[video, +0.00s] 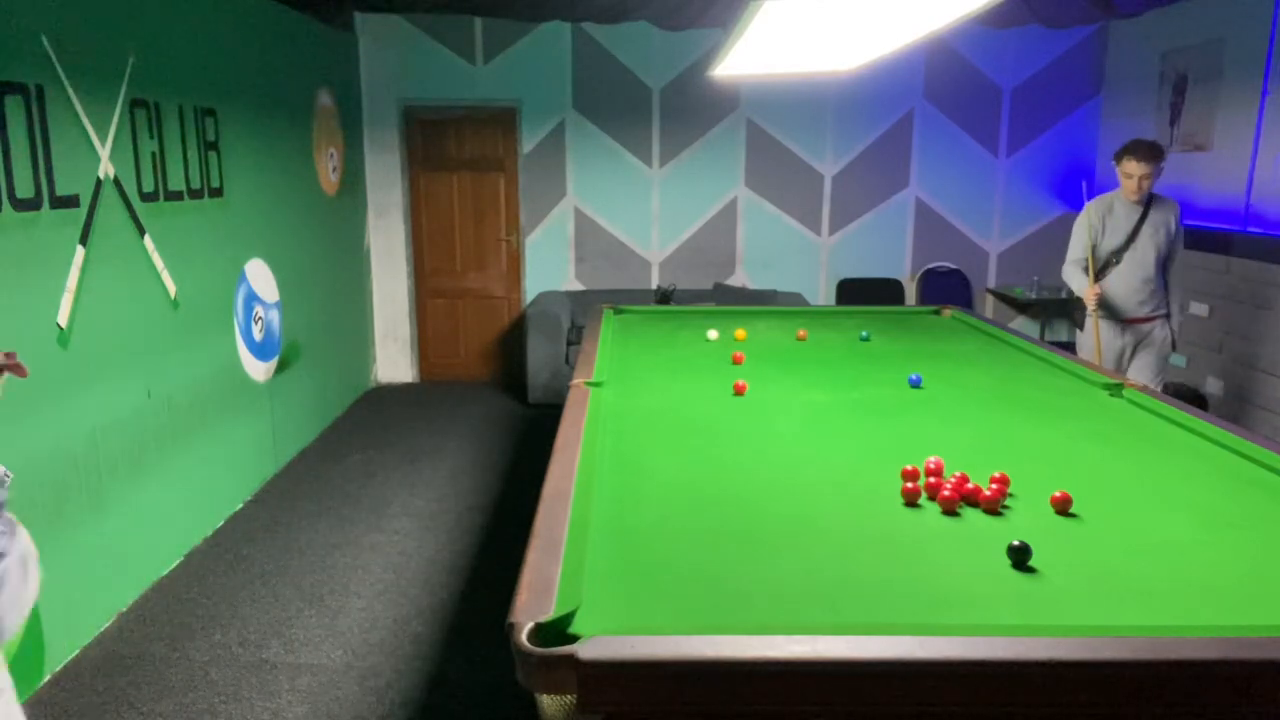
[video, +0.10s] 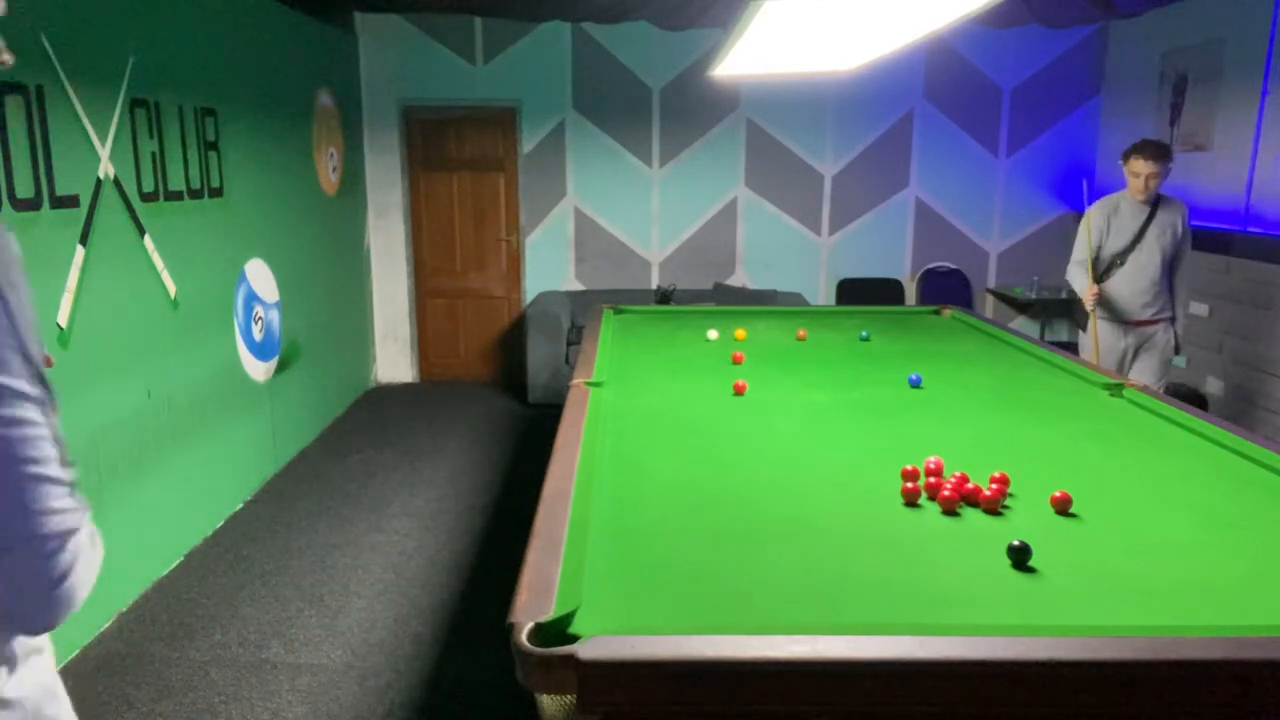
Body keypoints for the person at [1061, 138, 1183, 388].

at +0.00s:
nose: (1136, 186)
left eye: (1145, 178)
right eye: (1128, 177)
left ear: (1157, 175)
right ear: (1118, 172)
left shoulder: (1169, 212)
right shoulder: (1095, 211)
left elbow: (1172, 272)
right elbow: (1072, 265)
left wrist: (1174, 324)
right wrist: (1085, 289)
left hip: (1152, 330)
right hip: (1103, 329)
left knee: (1140, 414)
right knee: (1096, 411)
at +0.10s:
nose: (1143, 185)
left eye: (1152, 177)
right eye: (1135, 175)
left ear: (1165, 175)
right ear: (1125, 171)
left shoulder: (1177, 214)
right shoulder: (1100, 213)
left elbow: (1179, 275)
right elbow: (1077, 265)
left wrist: (1178, 329)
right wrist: (1086, 288)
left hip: (1155, 333)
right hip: (1105, 330)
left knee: (1141, 417)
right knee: (1096, 413)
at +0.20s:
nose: (1151, 185)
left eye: (1161, 177)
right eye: (1144, 175)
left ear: (1174, 176)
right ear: (1134, 171)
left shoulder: (1187, 217)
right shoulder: (1108, 212)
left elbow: (1190, 280)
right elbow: (1083, 263)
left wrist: (1187, 336)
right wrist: (1088, 289)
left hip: (1162, 335)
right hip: (1110, 331)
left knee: (1146, 419)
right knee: (1101, 417)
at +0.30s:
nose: (1163, 184)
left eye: (1173, 176)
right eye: (1155, 175)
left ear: (1186, 174)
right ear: (1145, 171)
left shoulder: (1203, 217)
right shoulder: (1121, 210)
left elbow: (1208, 280)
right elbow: (1094, 258)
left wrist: (1205, 333)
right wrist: (1091, 289)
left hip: (1171, 337)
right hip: (1119, 330)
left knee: (1156, 422)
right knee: (1103, 415)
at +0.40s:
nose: (1171, 180)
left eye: (1180, 172)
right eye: (1163, 172)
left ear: (1195, 171)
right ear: (1153, 171)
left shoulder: (1214, 216)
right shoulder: (1129, 210)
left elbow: (1223, 280)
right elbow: (1103, 258)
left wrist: (1218, 338)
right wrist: (1095, 291)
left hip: (1176, 338)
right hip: (1124, 330)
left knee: (1160, 423)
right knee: (1100, 412)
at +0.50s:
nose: (1176, 178)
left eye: (1185, 170)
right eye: (1168, 170)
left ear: (1200, 170)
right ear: (1158, 170)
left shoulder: (1222, 217)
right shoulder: (1135, 209)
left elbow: (1234, 280)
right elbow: (1110, 258)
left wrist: (1230, 338)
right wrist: (1098, 296)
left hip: (1178, 340)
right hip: (1125, 330)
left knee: (1159, 425)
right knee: (1100, 410)